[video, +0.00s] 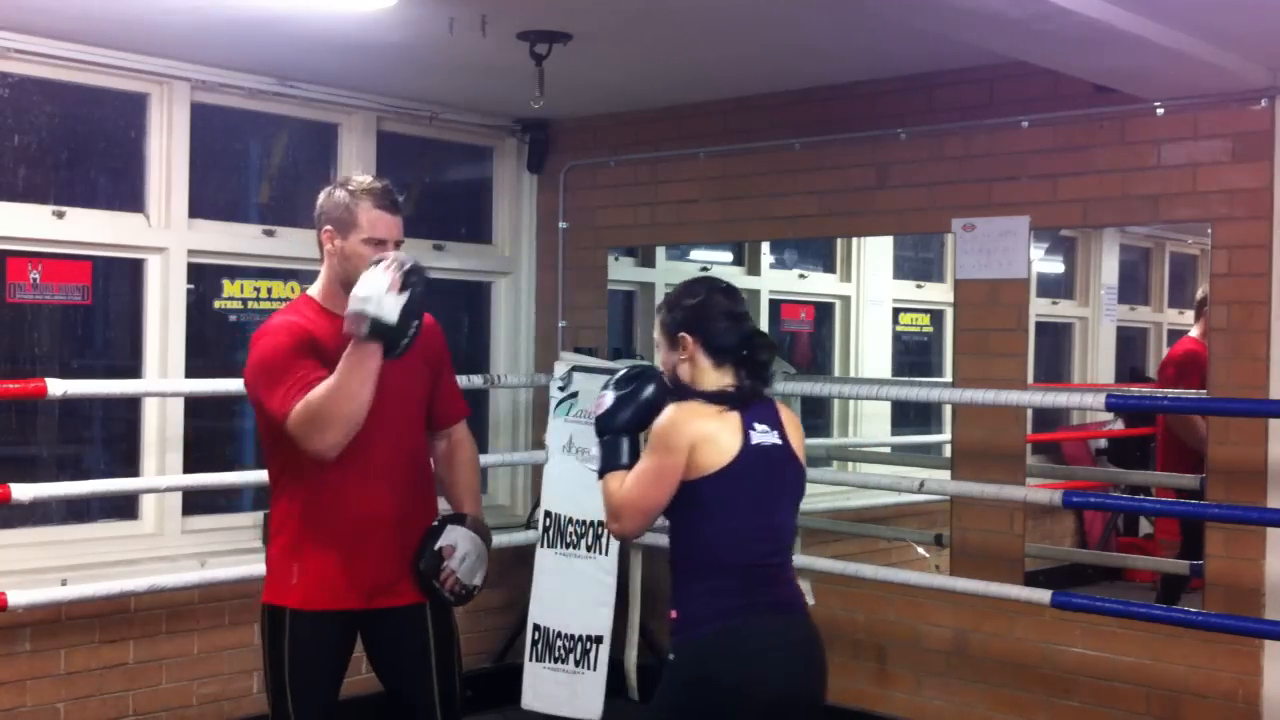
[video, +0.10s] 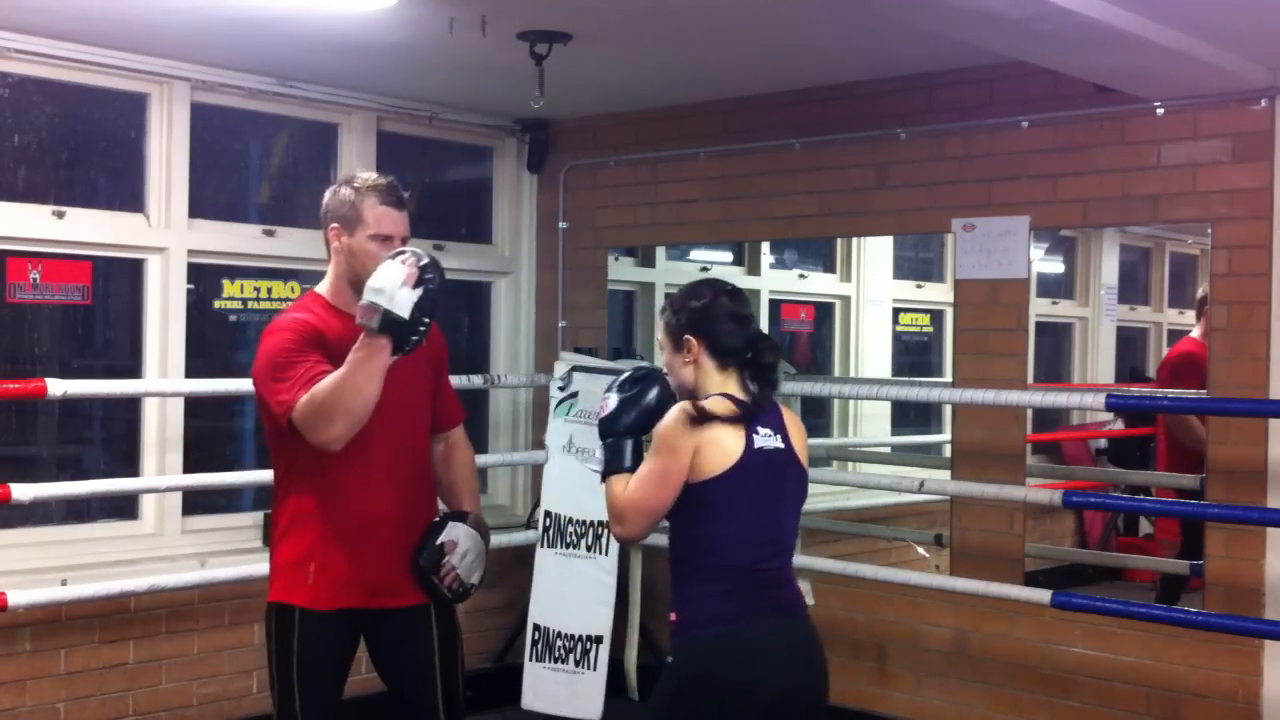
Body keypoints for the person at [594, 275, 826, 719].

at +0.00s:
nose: (659, 359)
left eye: (660, 347)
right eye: (657, 347)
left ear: (686, 347)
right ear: (737, 344)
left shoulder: (682, 421)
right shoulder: (786, 420)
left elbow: (625, 520)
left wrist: (614, 435)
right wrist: (672, 407)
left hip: (713, 653)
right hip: (793, 643)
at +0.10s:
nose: (663, 364)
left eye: (664, 351)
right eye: (662, 351)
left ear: (691, 349)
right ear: (740, 346)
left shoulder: (686, 422)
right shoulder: (790, 424)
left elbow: (627, 522)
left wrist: (618, 438)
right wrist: (676, 414)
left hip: (711, 660)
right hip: (793, 651)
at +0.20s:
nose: (656, 370)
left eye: (657, 356)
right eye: (653, 357)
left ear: (685, 353)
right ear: (732, 350)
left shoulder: (668, 428)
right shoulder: (786, 429)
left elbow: (615, 531)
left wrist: (605, 447)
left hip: (695, 654)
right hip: (780, 650)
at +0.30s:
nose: (630, 381)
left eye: (632, 368)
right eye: (629, 369)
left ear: (663, 368)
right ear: (709, 366)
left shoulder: (631, 452)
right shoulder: (754, 441)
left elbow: (561, 532)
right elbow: (787, 544)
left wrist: (564, 451)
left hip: (667, 672)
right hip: (755, 671)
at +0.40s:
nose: (574, 380)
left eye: (581, 367)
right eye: (575, 367)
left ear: (616, 377)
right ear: (656, 374)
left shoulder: (599, 458)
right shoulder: (707, 446)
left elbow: (529, 559)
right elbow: (792, 492)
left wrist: (509, 480)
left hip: (650, 683)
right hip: (728, 672)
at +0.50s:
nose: (536, 378)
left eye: (542, 365)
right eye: (537, 364)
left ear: (583, 374)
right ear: (583, 376)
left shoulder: (644, 457)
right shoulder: (591, 447)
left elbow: (610, 589)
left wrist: (555, 515)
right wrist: (547, 492)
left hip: (669, 678)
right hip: (637, 671)